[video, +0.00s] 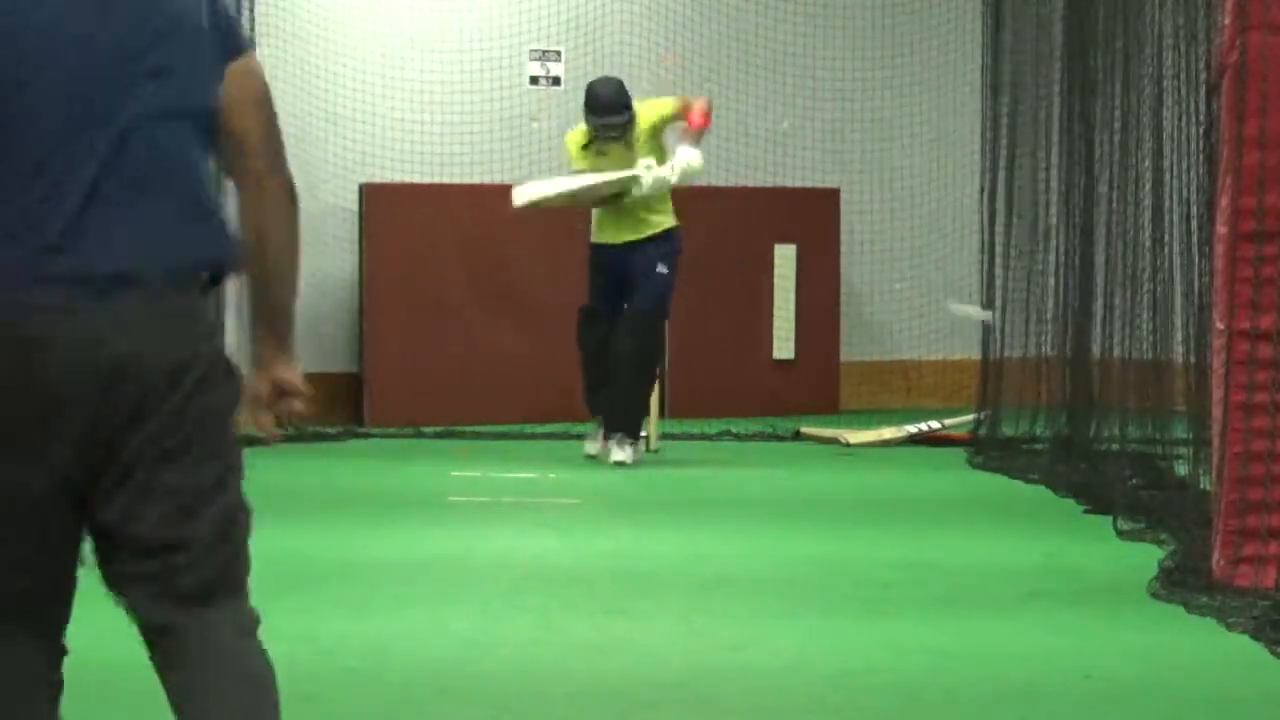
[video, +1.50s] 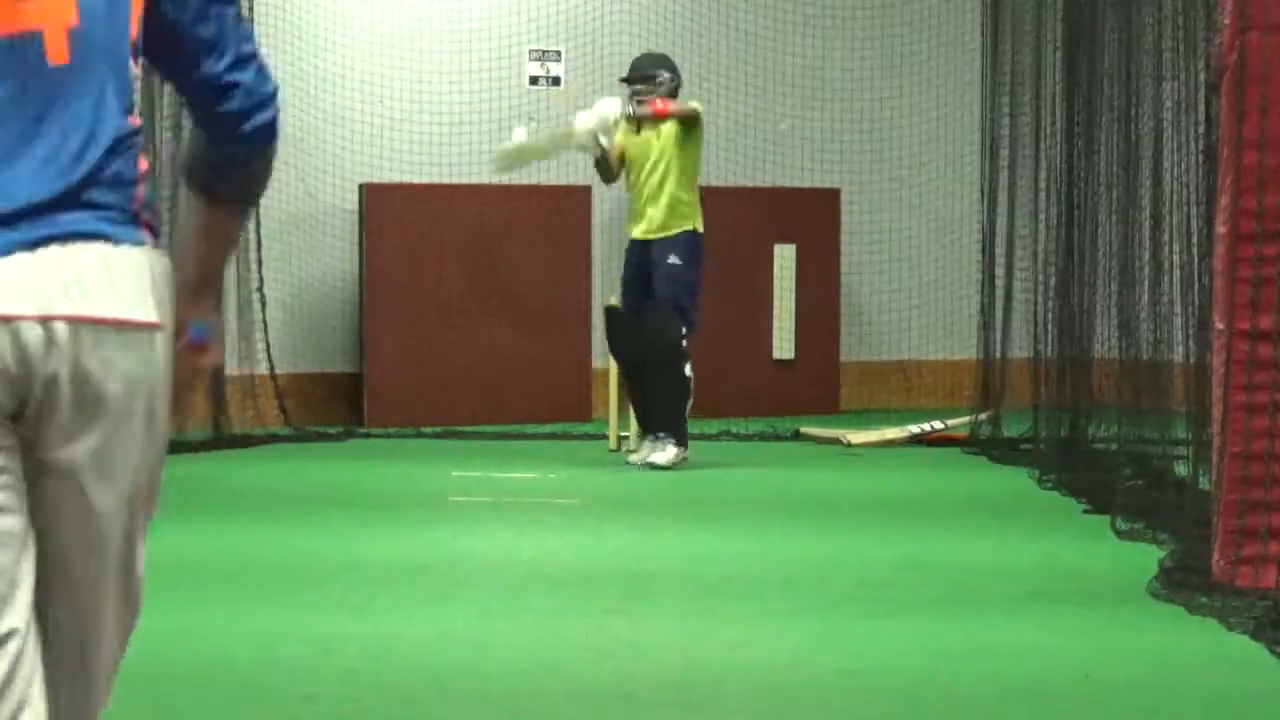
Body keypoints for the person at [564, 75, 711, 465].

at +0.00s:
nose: (611, 138)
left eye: (618, 130)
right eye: (603, 131)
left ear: (630, 116)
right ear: (589, 121)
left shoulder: (648, 117)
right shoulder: (577, 142)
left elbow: (697, 105)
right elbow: (583, 194)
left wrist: (690, 141)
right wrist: (631, 183)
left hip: (654, 237)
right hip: (607, 241)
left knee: (638, 332)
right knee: (598, 329)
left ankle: (626, 433)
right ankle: (604, 421)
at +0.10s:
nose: (622, 145)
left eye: (628, 137)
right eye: (614, 139)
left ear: (636, 125)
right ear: (594, 131)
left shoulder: (652, 135)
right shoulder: (581, 146)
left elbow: (707, 153)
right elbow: (569, 196)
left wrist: (683, 187)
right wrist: (613, 198)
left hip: (648, 251)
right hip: (599, 253)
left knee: (640, 338)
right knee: (589, 337)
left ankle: (623, 435)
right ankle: (585, 423)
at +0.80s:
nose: (627, 128)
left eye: (630, 121)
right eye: (620, 121)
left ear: (631, 119)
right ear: (596, 116)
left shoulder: (637, 145)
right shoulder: (565, 147)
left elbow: (662, 189)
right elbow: (557, 210)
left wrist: (661, 214)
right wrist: (608, 216)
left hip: (626, 261)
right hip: (576, 261)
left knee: (634, 342)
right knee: (568, 345)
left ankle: (623, 427)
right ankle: (551, 443)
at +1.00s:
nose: (620, 169)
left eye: (627, 160)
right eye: (612, 161)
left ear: (641, 160)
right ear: (602, 163)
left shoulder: (654, 198)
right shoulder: (620, 188)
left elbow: (663, 269)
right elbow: (633, 225)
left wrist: (642, 281)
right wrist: (628, 248)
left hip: (709, 257)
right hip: (681, 260)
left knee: (664, 342)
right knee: (642, 340)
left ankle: (679, 448)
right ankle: (664, 440)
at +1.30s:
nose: (633, 138)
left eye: (641, 131)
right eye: (626, 131)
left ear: (654, 133)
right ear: (615, 135)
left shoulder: (669, 165)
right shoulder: (618, 170)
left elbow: (667, 225)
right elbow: (615, 207)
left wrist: (624, 235)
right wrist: (606, 211)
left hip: (691, 259)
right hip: (652, 264)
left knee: (650, 336)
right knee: (622, 341)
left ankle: (666, 443)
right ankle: (655, 436)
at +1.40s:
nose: (638, 115)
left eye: (646, 107)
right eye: (631, 107)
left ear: (662, 108)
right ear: (621, 109)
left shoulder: (680, 138)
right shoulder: (619, 143)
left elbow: (683, 172)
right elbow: (616, 201)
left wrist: (632, 177)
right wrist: (606, 188)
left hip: (679, 250)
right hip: (639, 255)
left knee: (657, 338)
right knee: (625, 343)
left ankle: (669, 443)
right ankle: (654, 438)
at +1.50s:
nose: (639, 95)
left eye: (647, 87)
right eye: (634, 88)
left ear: (668, 88)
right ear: (627, 90)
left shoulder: (683, 121)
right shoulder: (626, 130)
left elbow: (691, 113)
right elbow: (608, 175)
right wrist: (596, 141)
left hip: (678, 234)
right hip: (641, 237)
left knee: (669, 335)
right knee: (636, 332)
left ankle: (673, 438)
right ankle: (651, 434)